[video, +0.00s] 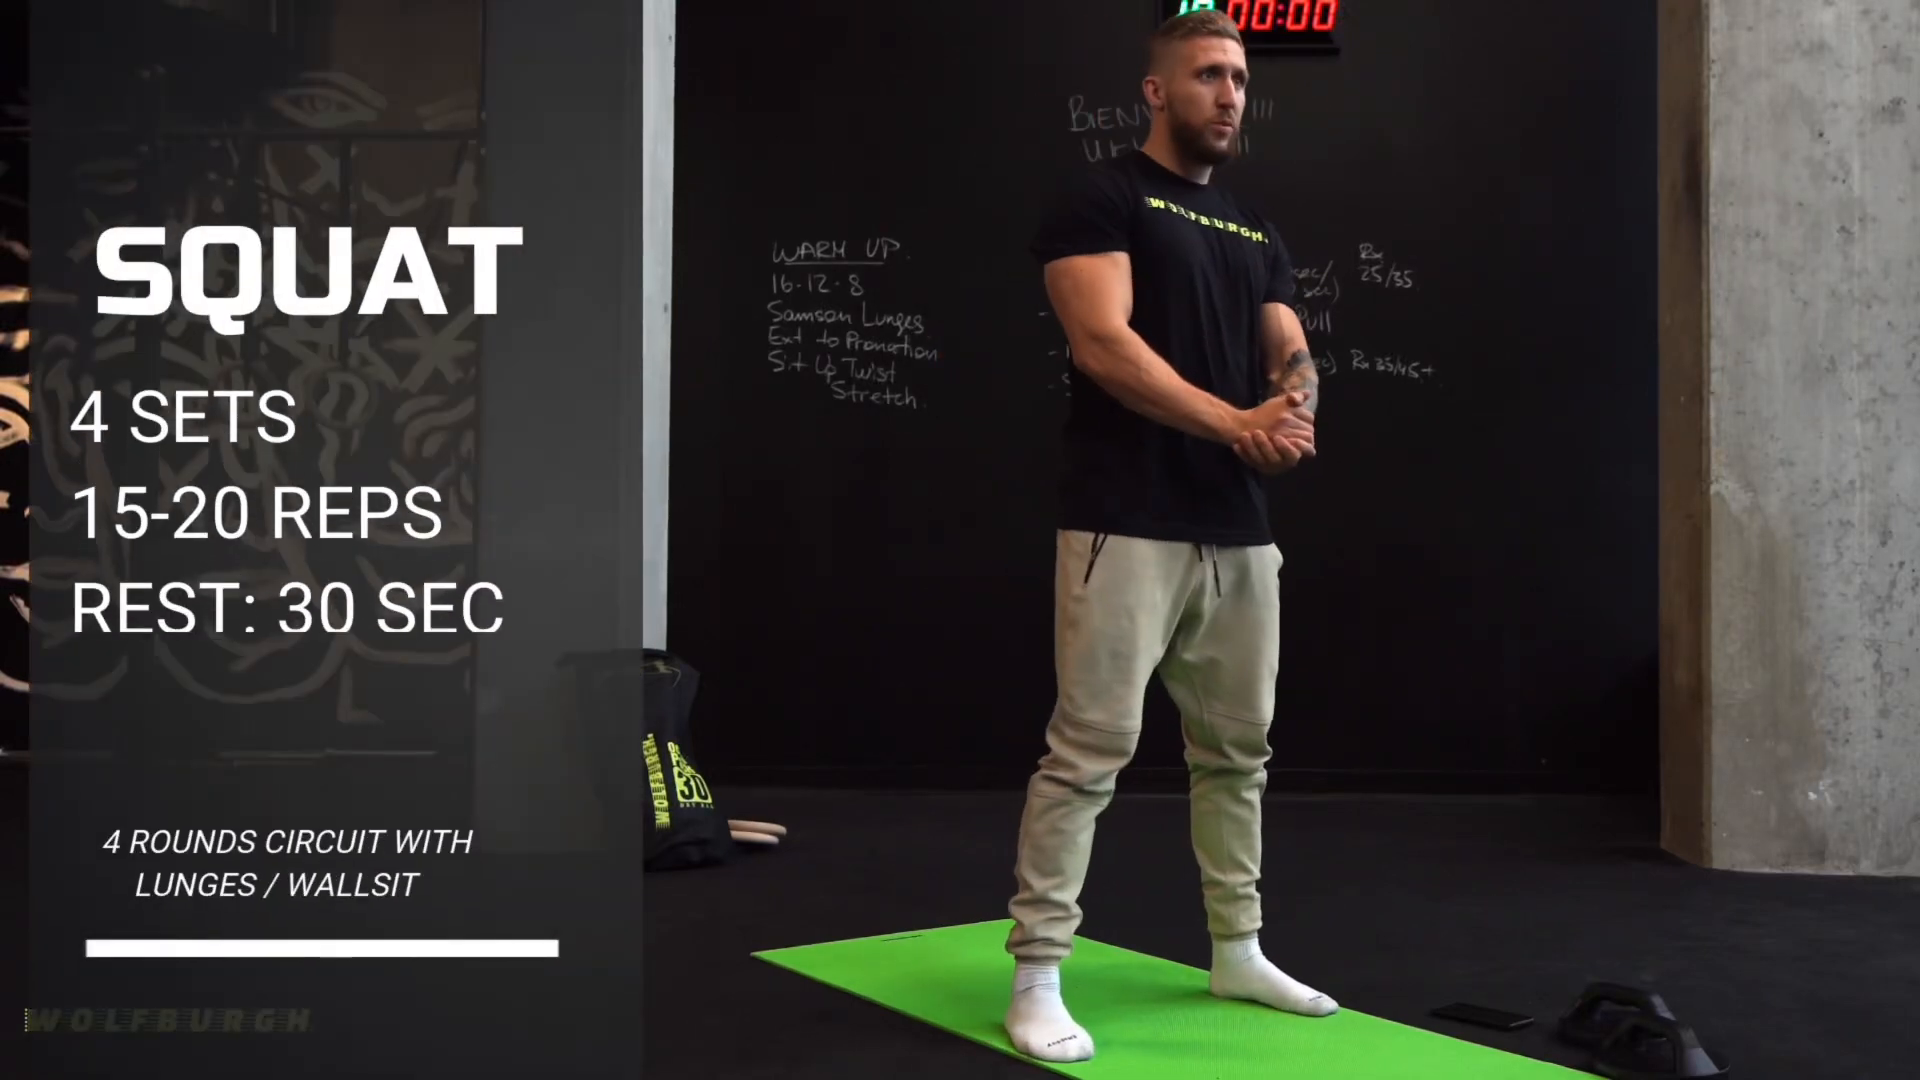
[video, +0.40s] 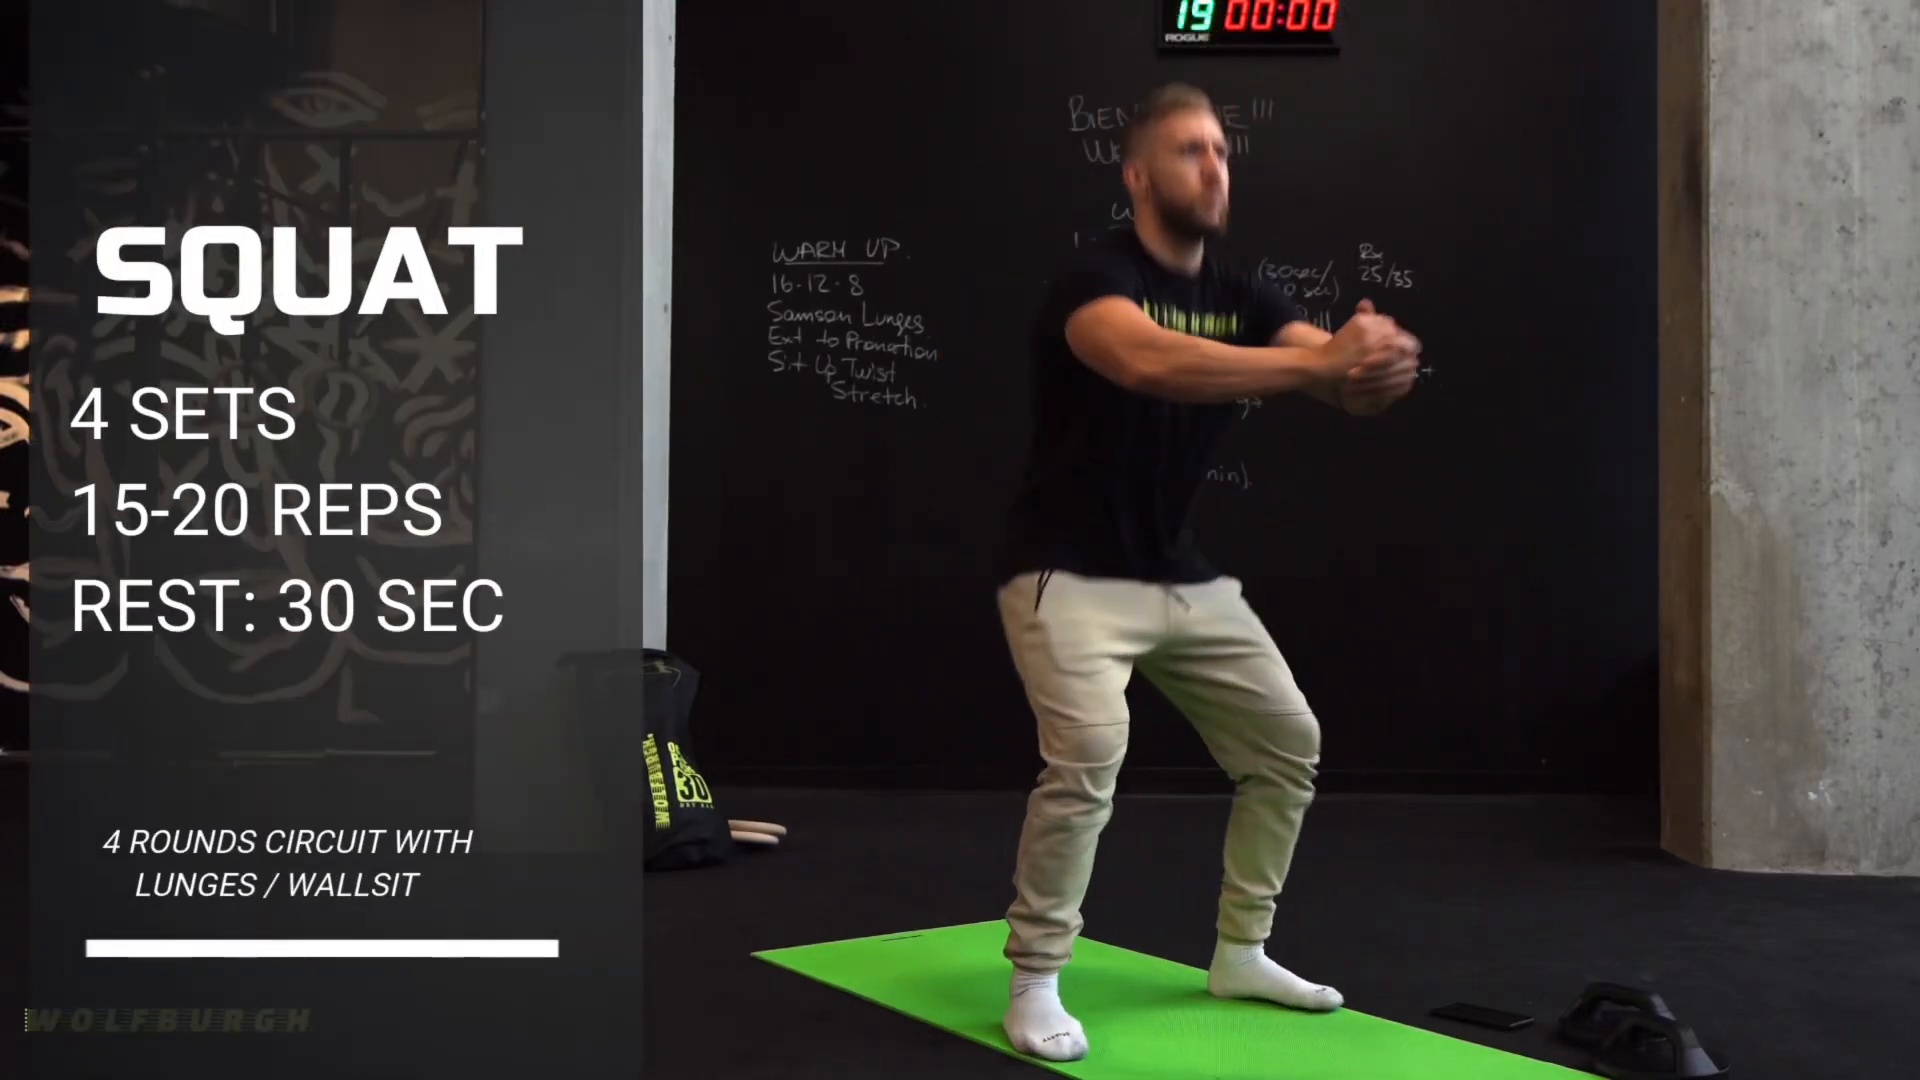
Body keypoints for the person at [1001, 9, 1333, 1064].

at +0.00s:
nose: (1232, 95)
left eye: (1239, 79)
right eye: (1211, 76)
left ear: (1244, 96)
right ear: (1154, 89)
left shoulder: (1251, 232)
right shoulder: (1095, 200)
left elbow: (1288, 352)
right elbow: (1101, 344)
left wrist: (1292, 405)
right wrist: (1232, 423)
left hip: (1236, 528)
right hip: (1123, 523)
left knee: (1235, 747)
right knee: (1090, 749)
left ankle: (1237, 955)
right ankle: (1037, 980)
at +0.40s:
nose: (1214, 167)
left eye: (1220, 151)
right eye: (1189, 151)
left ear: (1227, 169)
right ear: (1135, 172)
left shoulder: (1238, 293)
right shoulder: (1086, 277)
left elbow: (1324, 368)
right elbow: (1148, 364)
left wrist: (1387, 366)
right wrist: (1314, 364)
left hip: (1180, 578)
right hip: (1066, 577)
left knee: (1286, 744)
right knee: (1088, 756)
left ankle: (1241, 955)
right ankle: (1036, 982)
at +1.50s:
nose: (1212, 170)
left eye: (1217, 155)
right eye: (1188, 155)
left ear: (1224, 174)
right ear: (1132, 174)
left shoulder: (1239, 294)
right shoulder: (1087, 287)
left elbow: (1315, 407)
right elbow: (1113, 425)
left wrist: (1353, 485)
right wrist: (1257, 506)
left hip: (1207, 585)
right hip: (1087, 584)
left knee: (1297, 751)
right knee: (1114, 758)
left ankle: (1242, 959)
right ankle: (1043, 984)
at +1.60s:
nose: (1206, 113)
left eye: (1211, 98)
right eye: (1181, 99)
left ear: (1220, 119)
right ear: (1127, 122)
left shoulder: (1236, 250)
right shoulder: (1082, 234)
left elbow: (1296, 384)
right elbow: (1072, 391)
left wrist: (1324, 493)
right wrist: (1174, 515)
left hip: (1210, 555)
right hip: (1093, 554)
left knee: (1278, 746)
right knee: (1107, 754)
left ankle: (1242, 958)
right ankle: (1041, 982)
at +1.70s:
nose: (1201, 72)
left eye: (1206, 57)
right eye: (1176, 58)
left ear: (1214, 81)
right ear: (1122, 84)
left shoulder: (1234, 215)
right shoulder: (1076, 197)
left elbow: (1277, 370)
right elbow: (1036, 361)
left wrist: (1291, 499)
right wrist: (1074, 512)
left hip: (1219, 529)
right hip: (1108, 525)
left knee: (1248, 745)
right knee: (1095, 748)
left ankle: (1239, 958)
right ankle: (1040, 982)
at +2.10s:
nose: (1201, 65)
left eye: (1206, 50)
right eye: (1176, 51)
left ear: (1217, 75)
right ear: (1125, 78)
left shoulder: (1238, 210)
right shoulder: (1077, 195)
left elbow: (1286, 366)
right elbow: (1043, 356)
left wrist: (1318, 491)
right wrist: (1099, 499)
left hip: (1222, 527)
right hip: (1111, 525)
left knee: (1241, 744)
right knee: (1085, 750)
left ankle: (1239, 957)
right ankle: (1039, 981)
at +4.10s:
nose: (1233, 220)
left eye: (1238, 205)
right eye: (1209, 204)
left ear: (1244, 224)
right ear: (1153, 226)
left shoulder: (1253, 348)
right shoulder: (1106, 332)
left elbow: (1345, 412)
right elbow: (1163, 421)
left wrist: (1413, 435)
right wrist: (1337, 429)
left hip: (1194, 620)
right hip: (1075, 621)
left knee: (1317, 757)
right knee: (1104, 762)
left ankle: (1242, 959)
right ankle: (1041, 984)